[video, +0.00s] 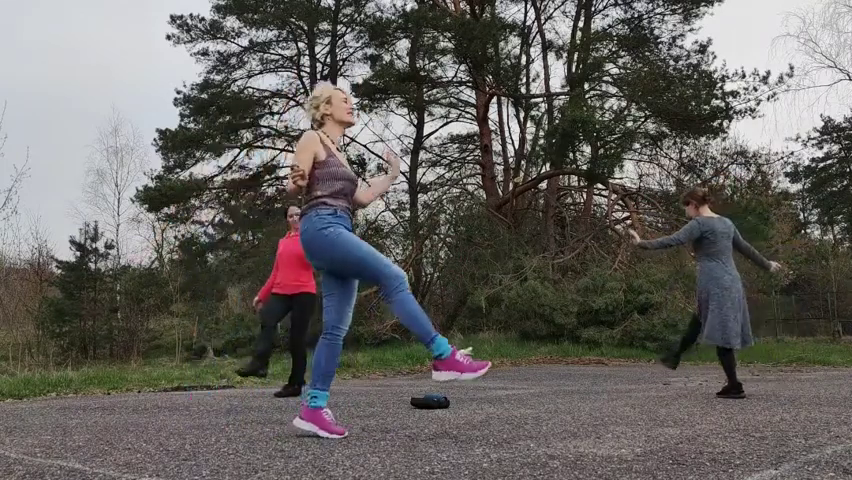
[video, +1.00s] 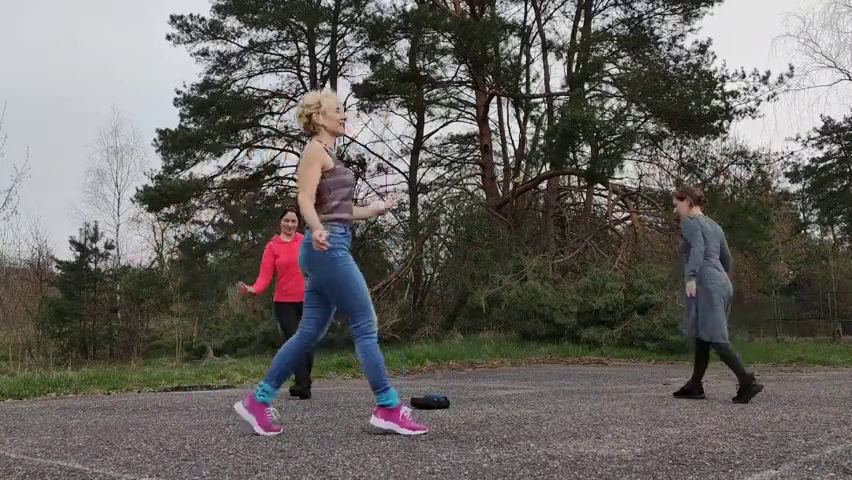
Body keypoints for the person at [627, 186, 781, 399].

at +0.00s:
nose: (686, 212)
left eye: (687, 208)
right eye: (686, 209)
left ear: (694, 205)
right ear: (706, 203)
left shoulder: (698, 223)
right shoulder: (726, 223)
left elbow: (674, 240)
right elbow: (745, 248)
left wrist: (642, 243)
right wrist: (767, 264)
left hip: (713, 283)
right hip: (732, 282)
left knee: (722, 333)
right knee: (699, 321)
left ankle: (733, 384)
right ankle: (674, 357)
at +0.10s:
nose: (682, 214)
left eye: (682, 209)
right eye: (680, 210)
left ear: (690, 205)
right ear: (699, 205)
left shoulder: (695, 224)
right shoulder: (721, 224)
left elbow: (671, 238)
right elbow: (738, 249)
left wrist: (638, 239)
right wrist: (759, 264)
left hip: (711, 286)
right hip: (727, 285)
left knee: (721, 334)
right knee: (693, 327)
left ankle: (734, 383)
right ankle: (679, 375)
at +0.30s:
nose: (670, 214)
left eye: (671, 209)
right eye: (670, 209)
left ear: (679, 206)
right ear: (687, 206)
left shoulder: (686, 223)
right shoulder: (706, 226)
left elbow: (667, 240)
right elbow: (719, 253)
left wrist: (638, 245)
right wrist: (734, 268)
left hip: (696, 282)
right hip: (707, 279)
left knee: (706, 334)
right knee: (695, 333)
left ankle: (730, 383)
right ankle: (694, 383)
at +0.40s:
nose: (665, 213)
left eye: (666, 208)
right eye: (664, 209)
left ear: (676, 205)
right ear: (683, 206)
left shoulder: (683, 223)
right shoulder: (700, 225)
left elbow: (667, 245)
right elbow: (709, 255)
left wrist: (642, 257)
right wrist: (717, 275)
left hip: (693, 282)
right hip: (702, 280)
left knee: (693, 335)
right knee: (693, 335)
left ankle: (726, 379)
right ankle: (693, 384)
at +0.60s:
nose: (662, 213)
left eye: (663, 208)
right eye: (661, 209)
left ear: (673, 205)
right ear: (677, 206)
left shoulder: (681, 224)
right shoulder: (694, 225)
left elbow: (682, 253)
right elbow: (698, 256)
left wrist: (676, 278)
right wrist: (687, 278)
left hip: (694, 283)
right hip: (701, 281)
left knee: (681, 332)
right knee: (691, 333)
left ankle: (727, 362)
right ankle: (693, 383)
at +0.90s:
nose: (670, 210)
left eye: (671, 205)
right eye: (669, 206)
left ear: (682, 202)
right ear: (686, 203)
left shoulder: (688, 222)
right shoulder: (706, 224)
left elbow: (699, 251)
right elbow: (714, 256)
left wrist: (701, 278)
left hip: (699, 285)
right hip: (710, 284)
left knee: (702, 335)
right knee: (696, 335)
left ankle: (742, 368)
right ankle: (694, 384)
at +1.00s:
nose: (675, 209)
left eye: (677, 205)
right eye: (674, 205)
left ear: (688, 202)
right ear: (692, 203)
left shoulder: (690, 222)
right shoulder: (714, 225)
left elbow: (698, 248)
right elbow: (725, 258)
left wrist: (690, 277)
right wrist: (722, 278)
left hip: (708, 283)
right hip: (722, 282)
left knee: (716, 337)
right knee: (703, 335)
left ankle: (746, 381)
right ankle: (695, 384)